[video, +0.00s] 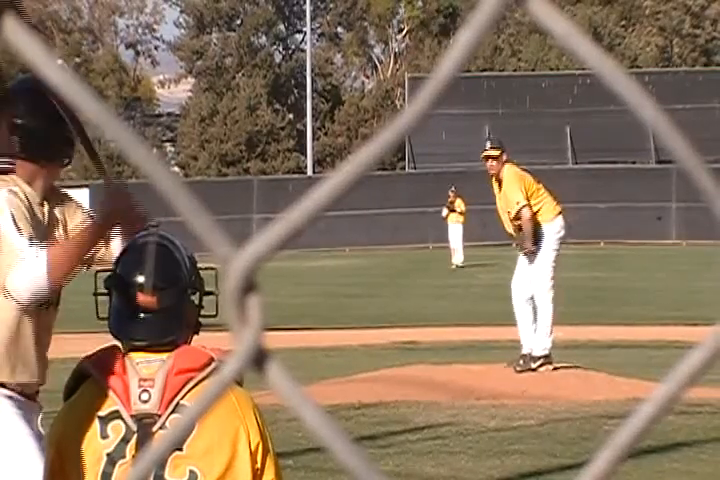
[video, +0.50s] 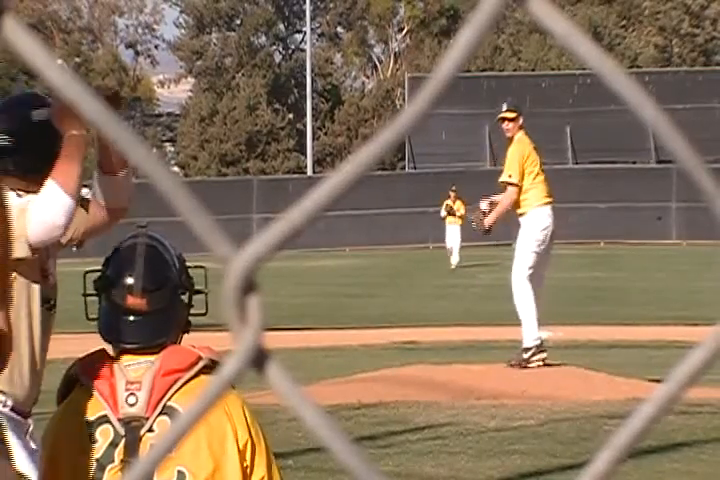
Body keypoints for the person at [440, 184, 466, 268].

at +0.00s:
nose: (452, 194)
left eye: (453, 192)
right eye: (451, 192)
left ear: (455, 193)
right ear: (449, 193)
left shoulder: (459, 201)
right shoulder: (449, 201)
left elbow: (463, 210)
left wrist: (454, 209)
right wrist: (445, 213)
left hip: (458, 222)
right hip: (451, 222)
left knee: (458, 241)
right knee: (452, 242)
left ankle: (459, 260)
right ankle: (454, 260)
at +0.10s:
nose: (451, 196)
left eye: (453, 194)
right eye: (450, 194)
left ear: (455, 194)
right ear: (449, 194)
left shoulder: (459, 201)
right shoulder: (448, 202)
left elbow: (462, 210)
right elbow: (443, 215)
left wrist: (454, 209)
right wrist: (447, 208)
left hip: (457, 223)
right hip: (450, 223)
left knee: (457, 241)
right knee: (451, 241)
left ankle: (457, 259)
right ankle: (453, 259)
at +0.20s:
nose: (451, 196)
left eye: (453, 194)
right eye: (450, 195)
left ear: (455, 195)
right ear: (449, 195)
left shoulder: (459, 202)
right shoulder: (447, 203)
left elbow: (462, 210)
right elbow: (443, 215)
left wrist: (454, 209)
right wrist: (447, 208)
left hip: (457, 223)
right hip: (450, 223)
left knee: (456, 241)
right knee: (451, 242)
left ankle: (456, 260)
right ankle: (453, 259)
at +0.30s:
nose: (451, 197)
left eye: (453, 195)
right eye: (450, 195)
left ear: (455, 195)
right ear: (448, 195)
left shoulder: (459, 203)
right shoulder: (447, 203)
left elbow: (462, 211)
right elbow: (443, 215)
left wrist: (454, 209)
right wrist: (448, 208)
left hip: (457, 223)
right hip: (449, 223)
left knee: (456, 242)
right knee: (450, 243)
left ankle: (455, 261)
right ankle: (452, 260)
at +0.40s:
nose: (453, 194)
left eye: (454, 193)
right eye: (451, 192)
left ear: (456, 194)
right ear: (449, 193)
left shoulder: (459, 202)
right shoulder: (447, 202)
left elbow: (462, 213)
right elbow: (442, 215)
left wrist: (453, 210)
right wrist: (447, 208)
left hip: (456, 223)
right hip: (449, 223)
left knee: (455, 242)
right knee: (450, 242)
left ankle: (454, 260)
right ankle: (452, 259)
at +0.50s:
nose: (453, 194)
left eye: (454, 192)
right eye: (451, 192)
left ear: (456, 193)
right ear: (449, 193)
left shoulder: (459, 203)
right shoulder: (447, 202)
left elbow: (462, 212)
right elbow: (442, 214)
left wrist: (455, 212)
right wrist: (446, 211)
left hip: (456, 223)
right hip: (449, 223)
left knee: (456, 242)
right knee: (449, 242)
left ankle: (454, 260)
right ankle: (450, 255)